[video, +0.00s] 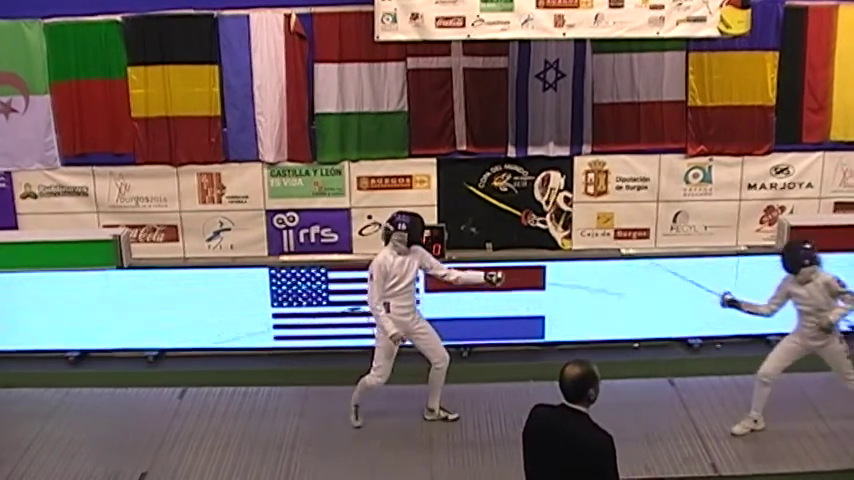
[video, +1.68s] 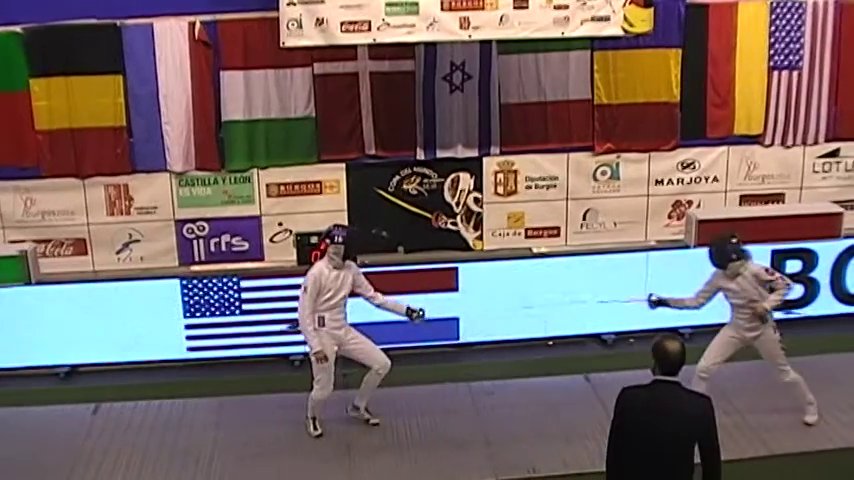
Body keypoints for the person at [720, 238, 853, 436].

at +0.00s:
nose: (808, 274)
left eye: (810, 269)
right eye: (803, 270)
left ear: (812, 265)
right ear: (794, 269)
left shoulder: (826, 280)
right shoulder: (789, 284)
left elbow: (849, 299)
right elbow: (769, 310)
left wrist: (833, 318)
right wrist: (737, 304)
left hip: (829, 340)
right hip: (800, 338)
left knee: (850, 380)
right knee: (765, 374)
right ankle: (755, 418)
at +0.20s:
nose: (782, 264)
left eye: (784, 259)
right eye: (778, 261)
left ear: (792, 252)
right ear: (774, 258)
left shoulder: (810, 266)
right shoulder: (771, 273)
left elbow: (835, 284)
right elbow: (750, 301)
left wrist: (817, 301)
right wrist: (717, 301)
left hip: (816, 328)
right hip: (788, 328)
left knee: (831, 380)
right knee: (763, 373)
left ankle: (853, 414)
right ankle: (748, 417)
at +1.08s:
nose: (797, 259)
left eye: (799, 253)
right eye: (796, 255)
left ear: (805, 248)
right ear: (792, 254)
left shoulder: (827, 261)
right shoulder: (789, 267)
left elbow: (850, 275)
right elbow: (776, 296)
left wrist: (843, 296)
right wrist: (744, 301)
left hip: (829, 323)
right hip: (801, 322)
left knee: (835, 371)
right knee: (776, 366)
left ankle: (843, 411)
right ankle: (774, 410)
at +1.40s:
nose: (788, 254)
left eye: (788, 249)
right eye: (783, 251)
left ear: (787, 248)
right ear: (773, 254)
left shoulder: (805, 261)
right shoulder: (769, 269)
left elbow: (834, 276)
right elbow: (756, 296)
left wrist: (817, 296)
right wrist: (725, 299)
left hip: (808, 322)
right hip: (781, 321)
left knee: (816, 367)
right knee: (751, 363)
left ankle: (824, 409)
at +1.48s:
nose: (770, 262)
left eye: (772, 257)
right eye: (767, 258)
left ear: (777, 252)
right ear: (760, 257)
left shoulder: (794, 264)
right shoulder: (757, 271)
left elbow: (822, 281)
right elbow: (741, 298)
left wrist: (806, 298)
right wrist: (709, 298)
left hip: (799, 324)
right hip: (772, 323)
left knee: (811, 367)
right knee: (740, 364)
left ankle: (821, 410)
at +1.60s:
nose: (746, 270)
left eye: (748, 264)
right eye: (743, 266)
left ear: (756, 259)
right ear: (738, 265)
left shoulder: (772, 271)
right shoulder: (735, 278)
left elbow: (803, 286)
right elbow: (713, 302)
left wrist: (783, 307)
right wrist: (680, 303)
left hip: (779, 330)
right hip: (751, 330)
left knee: (797, 370)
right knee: (717, 370)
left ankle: (815, 410)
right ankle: (698, 414)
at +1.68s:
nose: (730, 268)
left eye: (731, 263)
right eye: (727, 264)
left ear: (736, 259)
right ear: (723, 264)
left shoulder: (755, 271)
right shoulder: (719, 278)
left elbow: (784, 285)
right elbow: (697, 301)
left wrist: (767, 305)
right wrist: (664, 302)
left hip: (763, 330)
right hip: (735, 329)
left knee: (785, 373)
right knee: (703, 370)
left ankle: (810, 406)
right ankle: (693, 418)